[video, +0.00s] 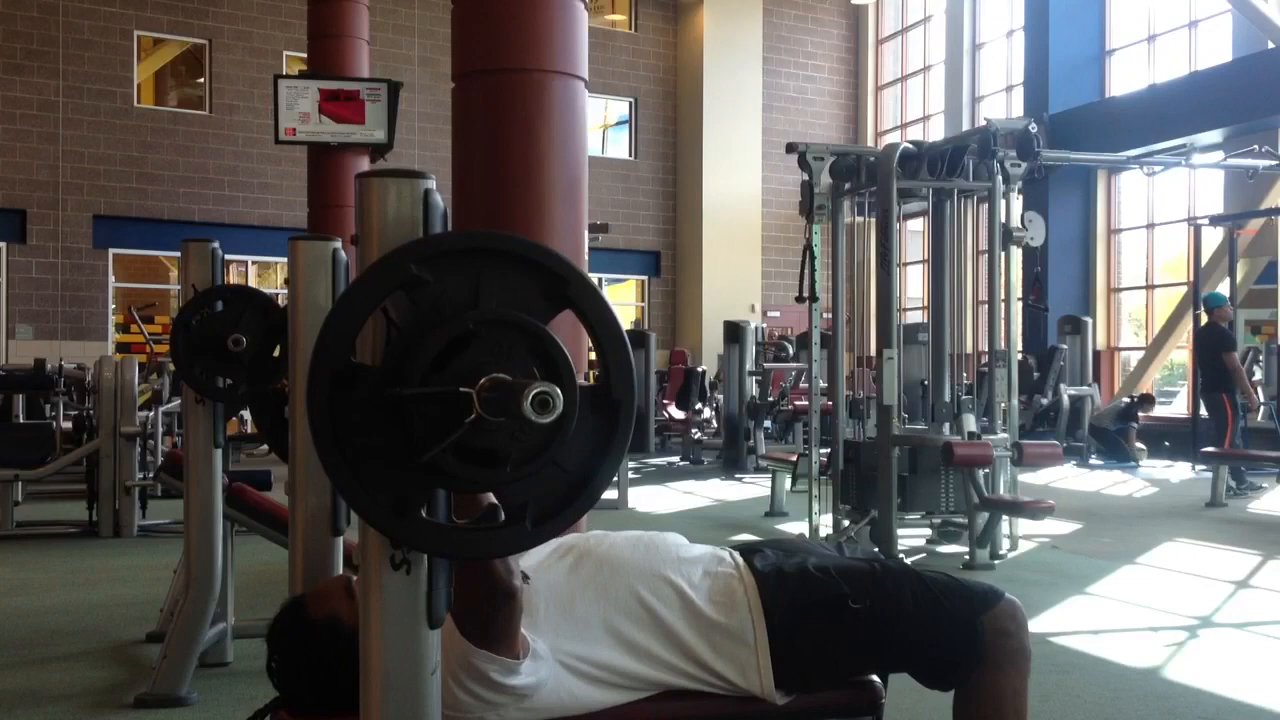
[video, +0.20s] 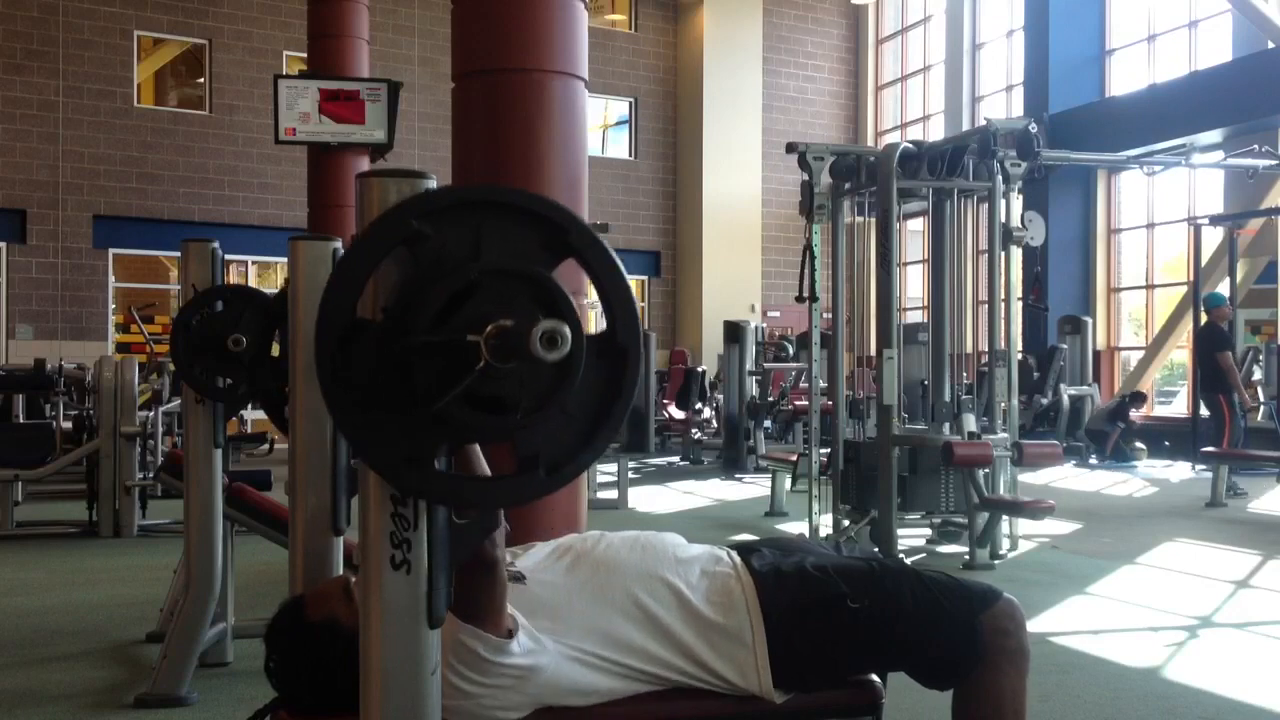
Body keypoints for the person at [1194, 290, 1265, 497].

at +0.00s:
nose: (1231, 308)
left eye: (1229, 305)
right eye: (1227, 306)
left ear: (1213, 312)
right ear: (1216, 311)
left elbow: (1202, 365)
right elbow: (1235, 367)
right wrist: (1250, 394)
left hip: (1208, 389)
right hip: (1223, 390)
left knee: (1231, 434)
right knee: (1228, 435)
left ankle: (1240, 480)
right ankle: (1222, 484)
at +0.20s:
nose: (1231, 308)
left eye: (1229, 305)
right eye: (1227, 306)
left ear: (1213, 311)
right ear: (1216, 310)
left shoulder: (1202, 331)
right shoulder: (1218, 333)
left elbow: (1207, 365)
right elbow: (1228, 366)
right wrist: (1243, 394)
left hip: (1209, 388)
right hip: (1219, 390)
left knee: (1225, 430)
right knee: (1231, 431)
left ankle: (1226, 479)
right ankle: (1223, 481)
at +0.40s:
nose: (1223, 309)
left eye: (1222, 306)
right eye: (1219, 306)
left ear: (1208, 310)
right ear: (1208, 310)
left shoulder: (1205, 329)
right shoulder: (1209, 331)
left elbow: (1216, 365)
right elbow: (1218, 365)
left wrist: (1229, 390)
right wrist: (1230, 393)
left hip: (1210, 389)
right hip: (1214, 390)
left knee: (1216, 432)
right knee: (1223, 434)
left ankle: (1195, 472)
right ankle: (1222, 481)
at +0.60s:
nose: (1215, 308)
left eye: (1214, 305)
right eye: (1211, 305)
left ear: (1200, 310)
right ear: (1200, 310)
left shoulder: (1197, 330)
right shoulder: (1202, 332)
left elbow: (1211, 365)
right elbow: (1209, 365)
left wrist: (1225, 389)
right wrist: (1220, 392)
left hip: (1199, 389)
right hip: (1206, 390)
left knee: (1197, 433)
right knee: (1218, 435)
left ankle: (1187, 479)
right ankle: (1221, 482)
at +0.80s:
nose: (1210, 309)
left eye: (1208, 305)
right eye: (1205, 306)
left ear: (1193, 311)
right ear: (1194, 311)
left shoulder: (1189, 331)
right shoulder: (1196, 332)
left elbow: (1194, 366)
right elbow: (1203, 365)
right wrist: (1215, 393)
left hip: (1188, 388)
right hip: (1197, 390)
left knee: (1190, 434)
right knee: (1210, 433)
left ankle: (1184, 480)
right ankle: (1219, 481)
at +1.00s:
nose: (1205, 309)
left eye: (1204, 306)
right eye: (1201, 306)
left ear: (1191, 311)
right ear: (1191, 310)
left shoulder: (1190, 329)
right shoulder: (1189, 330)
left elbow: (1197, 362)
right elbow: (1196, 361)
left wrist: (1211, 384)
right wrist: (1214, 386)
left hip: (1188, 387)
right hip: (1190, 388)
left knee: (1185, 433)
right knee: (1203, 431)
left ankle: (1184, 479)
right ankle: (1203, 480)